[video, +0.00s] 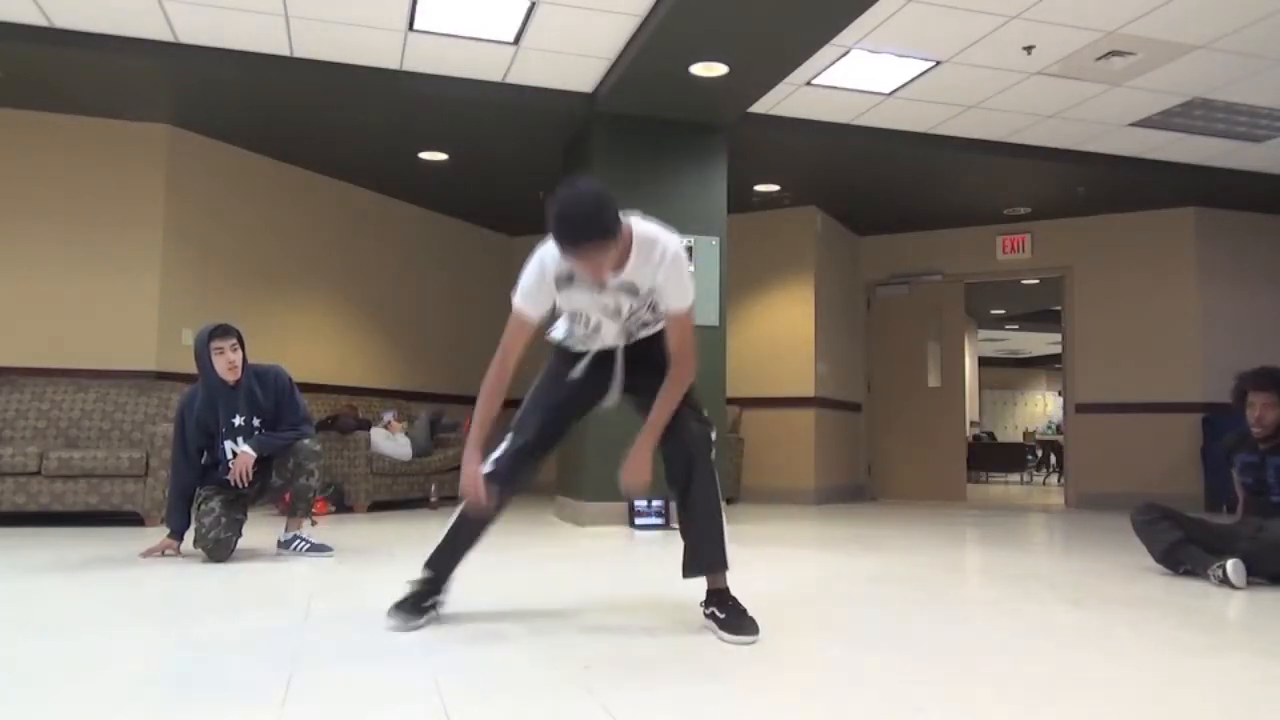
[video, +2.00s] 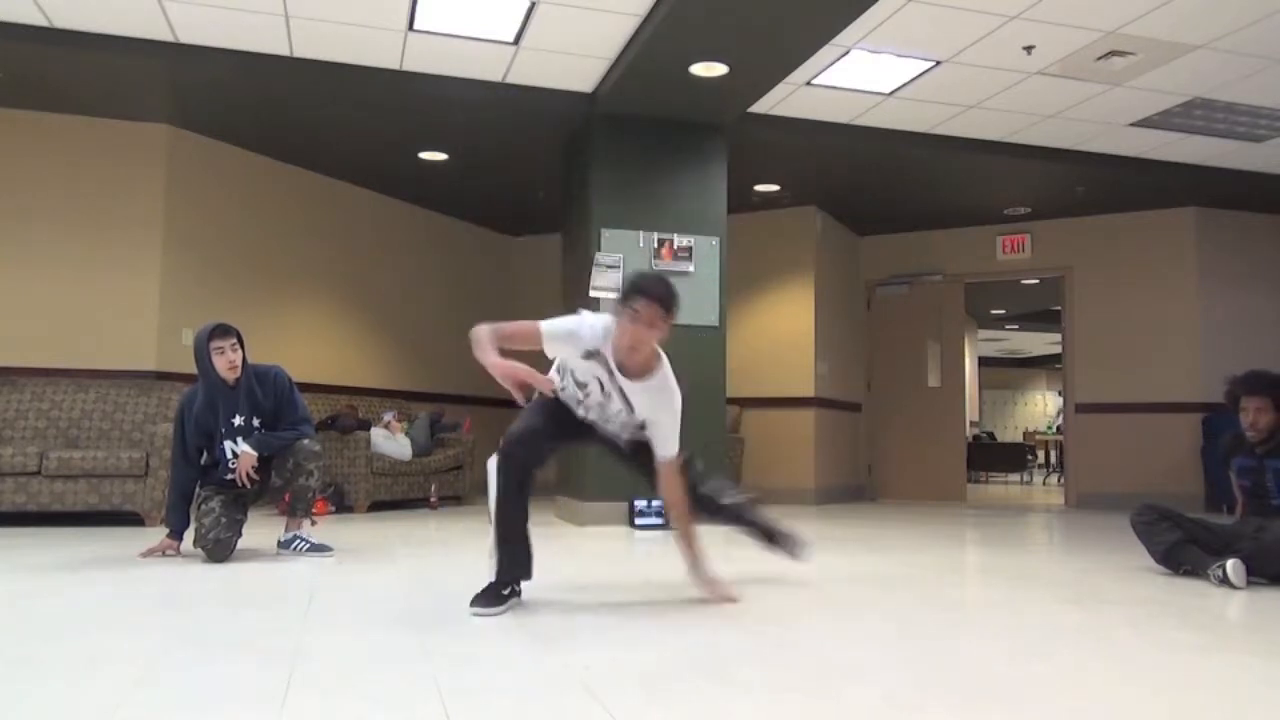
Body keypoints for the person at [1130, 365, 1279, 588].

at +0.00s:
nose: (1257, 415)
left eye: (1268, 407)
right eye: (1251, 406)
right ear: (1244, 409)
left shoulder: (1275, 451)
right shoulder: (1239, 449)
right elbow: (1243, 501)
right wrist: (1239, 529)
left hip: (1271, 536)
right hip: (1240, 531)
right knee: (1145, 513)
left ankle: (1194, 561)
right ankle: (1210, 567)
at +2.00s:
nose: (1251, 420)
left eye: (1261, 411)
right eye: (1245, 411)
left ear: (1277, 414)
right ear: (1237, 414)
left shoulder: (1275, 452)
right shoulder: (1235, 450)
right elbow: (1242, 502)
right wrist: (1236, 533)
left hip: (1271, 535)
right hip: (1240, 533)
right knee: (1145, 514)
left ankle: (1197, 562)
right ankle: (1210, 566)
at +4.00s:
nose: (1249, 421)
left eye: (1260, 413)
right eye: (1244, 412)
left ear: (1277, 416)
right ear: (1236, 415)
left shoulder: (1275, 453)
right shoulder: (1234, 451)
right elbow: (1241, 501)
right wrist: (1236, 531)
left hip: (1271, 537)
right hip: (1240, 534)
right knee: (1145, 514)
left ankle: (1197, 562)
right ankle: (1210, 566)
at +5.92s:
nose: (1249, 422)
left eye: (1260, 413)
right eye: (1243, 414)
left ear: (1277, 416)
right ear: (1236, 416)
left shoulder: (1275, 453)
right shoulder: (1235, 452)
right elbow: (1242, 501)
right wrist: (1237, 531)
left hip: (1271, 536)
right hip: (1239, 534)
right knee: (1143, 515)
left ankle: (1195, 563)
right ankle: (1209, 566)